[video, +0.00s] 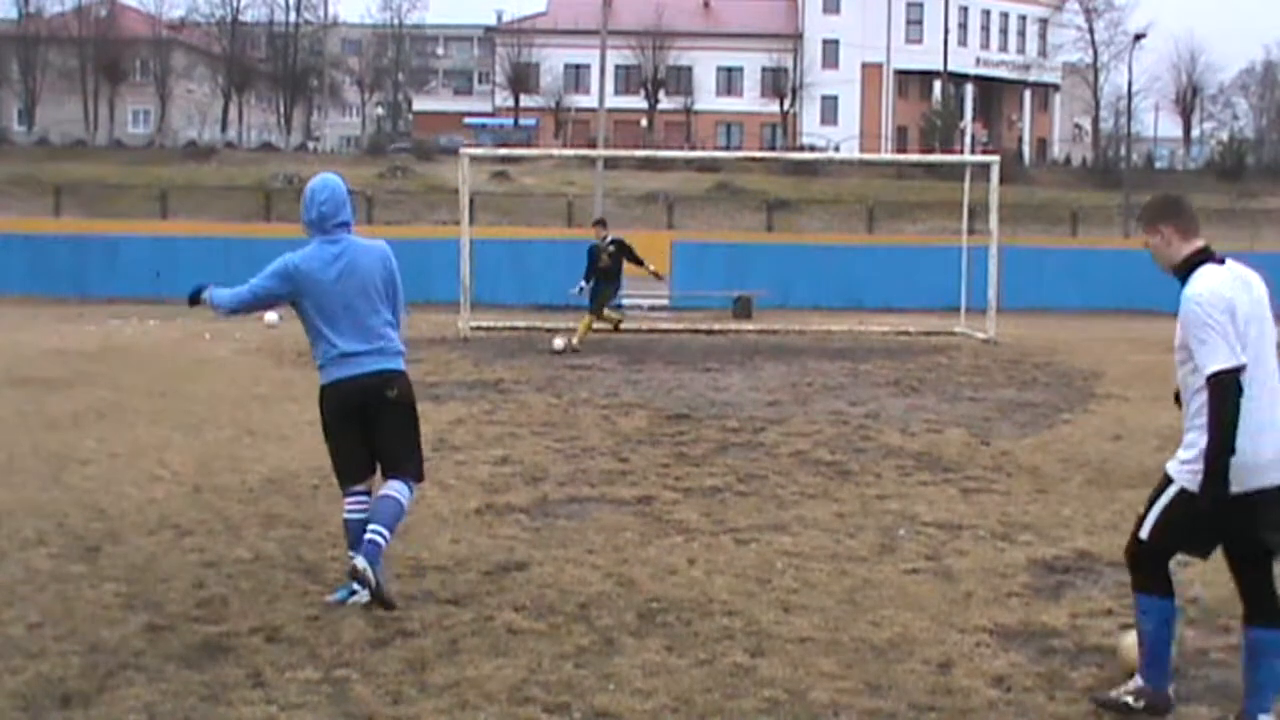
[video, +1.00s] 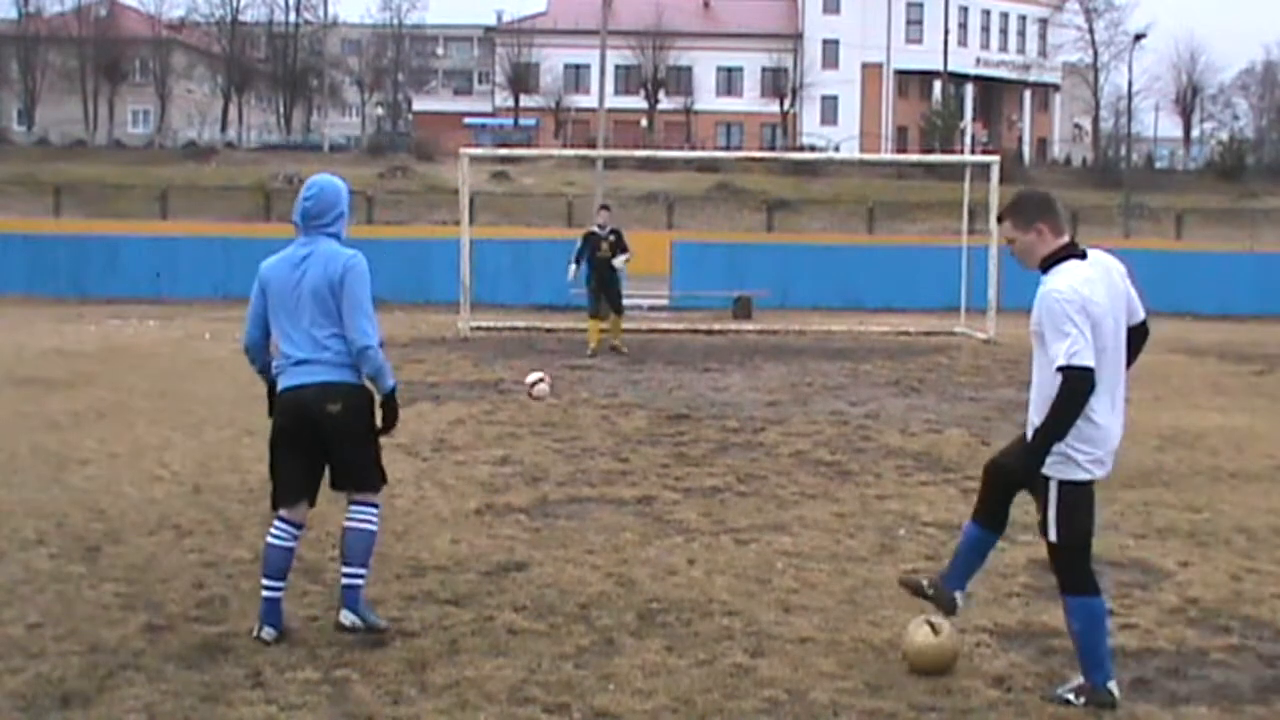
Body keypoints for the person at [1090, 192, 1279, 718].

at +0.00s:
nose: (1150, 255)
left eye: (1148, 244)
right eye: (1147, 245)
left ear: (1165, 235)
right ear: (1194, 232)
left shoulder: (1201, 294)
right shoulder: (1249, 280)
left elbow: (1224, 386)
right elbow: (1262, 364)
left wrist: (1213, 478)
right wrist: (1193, 388)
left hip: (1210, 469)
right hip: (1262, 470)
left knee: (1145, 553)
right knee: (1258, 581)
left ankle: (1152, 684)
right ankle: (1262, 705)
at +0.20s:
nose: (1090, 260)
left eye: (1088, 251)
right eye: (1088, 251)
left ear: (1098, 248)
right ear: (1136, 239)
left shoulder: (1122, 308)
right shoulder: (1193, 279)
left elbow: (1133, 398)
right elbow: (1232, 351)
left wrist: (1107, 480)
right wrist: (1183, 382)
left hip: (1157, 470)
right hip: (1216, 461)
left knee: (1107, 560)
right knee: (1207, 546)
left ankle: (1100, 684)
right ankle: (1246, 653)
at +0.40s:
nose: (1055, 246)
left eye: (1054, 239)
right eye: (1056, 238)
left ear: (1063, 238)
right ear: (1101, 228)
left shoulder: (1087, 299)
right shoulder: (1159, 272)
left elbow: (1087, 388)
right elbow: (1194, 348)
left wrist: (1029, 447)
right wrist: (1155, 392)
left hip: (1122, 455)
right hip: (1177, 442)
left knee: (1090, 556)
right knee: (1168, 523)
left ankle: (1099, 684)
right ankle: (1183, 630)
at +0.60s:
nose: (1028, 249)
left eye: (1027, 239)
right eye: (1026, 240)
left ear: (1042, 236)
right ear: (1072, 226)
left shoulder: (1061, 297)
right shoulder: (1132, 260)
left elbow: (1068, 384)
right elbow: (1176, 330)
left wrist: (1014, 437)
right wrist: (1128, 368)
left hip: (1109, 447)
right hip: (1159, 431)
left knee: (1093, 561)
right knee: (1101, 518)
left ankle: (1100, 683)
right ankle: (1087, 599)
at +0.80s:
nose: (1018, 255)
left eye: (1018, 244)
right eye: (1015, 245)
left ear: (1039, 235)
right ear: (1057, 231)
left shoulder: (1059, 294)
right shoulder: (1121, 261)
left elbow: (1070, 383)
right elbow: (1163, 327)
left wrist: (1028, 442)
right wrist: (1120, 375)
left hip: (1091, 441)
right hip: (1128, 429)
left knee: (1085, 563)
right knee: (1043, 490)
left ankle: (1100, 686)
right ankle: (1019, 604)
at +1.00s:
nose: (1011, 254)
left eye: (1013, 243)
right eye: (1008, 244)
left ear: (1040, 232)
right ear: (1050, 232)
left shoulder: (1058, 291)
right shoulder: (1106, 265)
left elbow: (1078, 380)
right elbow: (1137, 330)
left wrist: (1035, 454)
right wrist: (1104, 383)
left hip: (1068, 446)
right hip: (1086, 431)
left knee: (1071, 564)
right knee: (999, 473)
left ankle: (1098, 685)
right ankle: (950, 586)